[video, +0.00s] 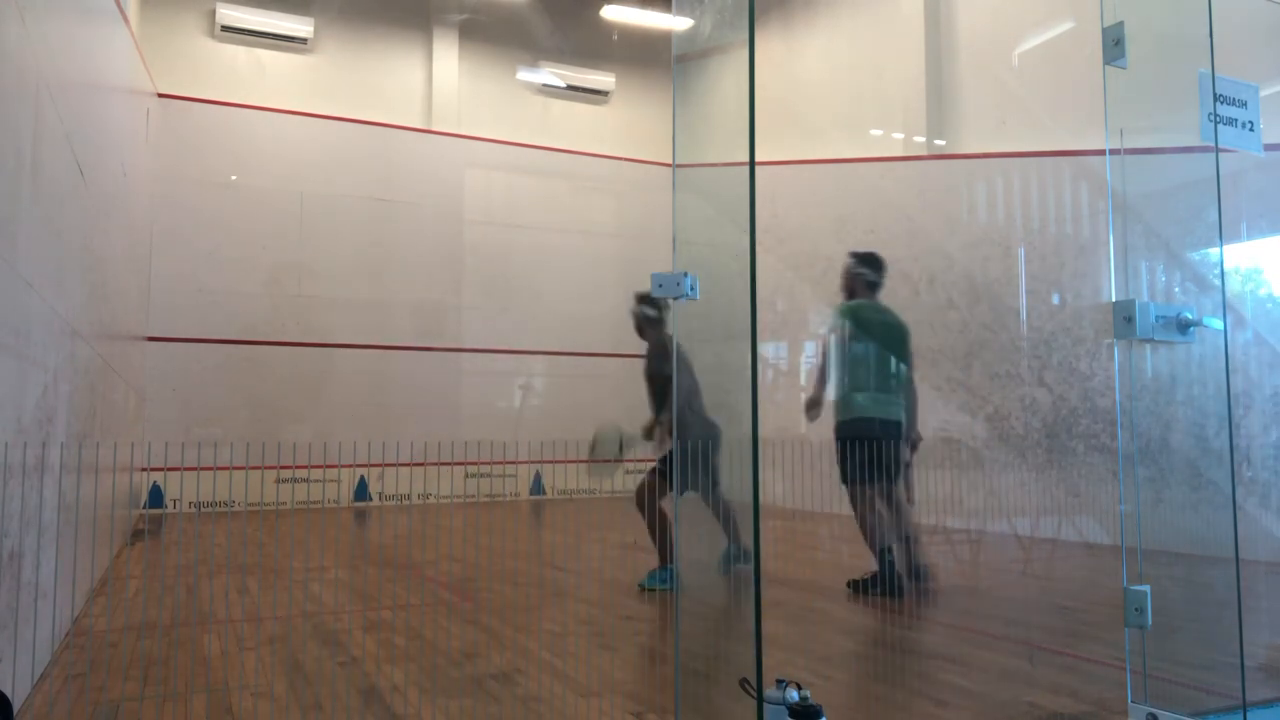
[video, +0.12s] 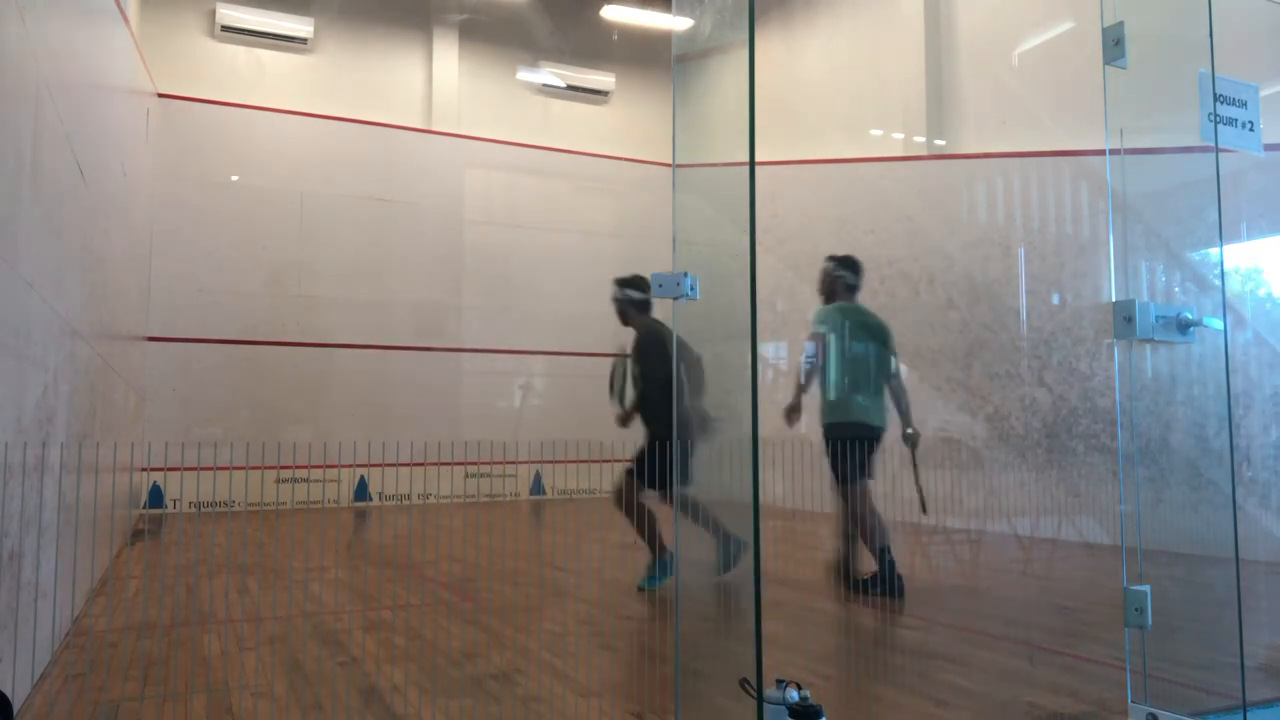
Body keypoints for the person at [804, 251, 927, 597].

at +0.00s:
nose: (841, 283)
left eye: (845, 277)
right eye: (844, 276)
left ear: (852, 280)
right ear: (878, 284)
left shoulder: (843, 315)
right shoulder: (897, 324)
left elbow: (826, 360)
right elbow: (908, 383)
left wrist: (815, 398)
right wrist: (912, 427)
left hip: (855, 423)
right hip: (893, 424)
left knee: (863, 501)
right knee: (894, 496)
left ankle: (887, 570)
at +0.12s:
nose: (819, 285)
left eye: (822, 278)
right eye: (821, 278)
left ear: (834, 282)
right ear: (855, 285)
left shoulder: (826, 314)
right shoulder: (877, 324)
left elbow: (812, 358)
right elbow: (894, 378)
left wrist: (797, 398)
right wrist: (908, 423)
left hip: (840, 422)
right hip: (872, 423)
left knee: (858, 499)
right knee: (849, 495)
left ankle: (887, 572)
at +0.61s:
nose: (725, 296)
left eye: (730, 290)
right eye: (727, 290)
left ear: (744, 294)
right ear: (758, 294)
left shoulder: (734, 328)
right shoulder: (784, 331)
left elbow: (717, 369)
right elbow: (803, 379)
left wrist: (697, 406)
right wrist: (807, 416)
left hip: (742, 428)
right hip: (775, 430)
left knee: (712, 483)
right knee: (755, 485)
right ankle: (762, 553)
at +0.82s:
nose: (699, 290)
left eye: (703, 284)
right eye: (700, 283)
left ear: (715, 285)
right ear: (731, 287)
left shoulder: (705, 317)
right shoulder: (756, 321)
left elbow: (694, 357)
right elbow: (778, 368)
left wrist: (683, 401)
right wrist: (767, 402)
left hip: (706, 418)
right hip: (742, 422)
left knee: (676, 482)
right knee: (750, 487)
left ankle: (650, 545)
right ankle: (762, 550)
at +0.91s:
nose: (687, 300)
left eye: (692, 293)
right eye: (689, 292)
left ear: (703, 296)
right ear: (720, 296)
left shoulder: (687, 330)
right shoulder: (741, 333)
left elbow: (675, 373)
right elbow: (762, 380)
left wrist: (665, 411)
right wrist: (740, 410)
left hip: (688, 426)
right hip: (725, 427)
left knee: (652, 482)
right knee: (738, 487)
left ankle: (628, 552)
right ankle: (755, 554)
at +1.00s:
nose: (674, 309)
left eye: (675, 302)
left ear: (676, 306)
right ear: (702, 306)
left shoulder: (668, 338)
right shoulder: (718, 343)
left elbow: (650, 378)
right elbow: (739, 390)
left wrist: (633, 421)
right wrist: (715, 410)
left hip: (671, 436)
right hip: (708, 439)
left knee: (625, 480)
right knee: (727, 492)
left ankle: (620, 560)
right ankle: (755, 554)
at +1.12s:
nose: (646, 302)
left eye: (646, 297)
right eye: (652, 298)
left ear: (647, 301)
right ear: (674, 303)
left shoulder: (633, 334)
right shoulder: (684, 337)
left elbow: (618, 382)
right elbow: (704, 381)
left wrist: (623, 406)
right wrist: (676, 401)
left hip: (638, 435)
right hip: (676, 435)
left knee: (605, 493)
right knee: (704, 493)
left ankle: (627, 557)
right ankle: (740, 553)